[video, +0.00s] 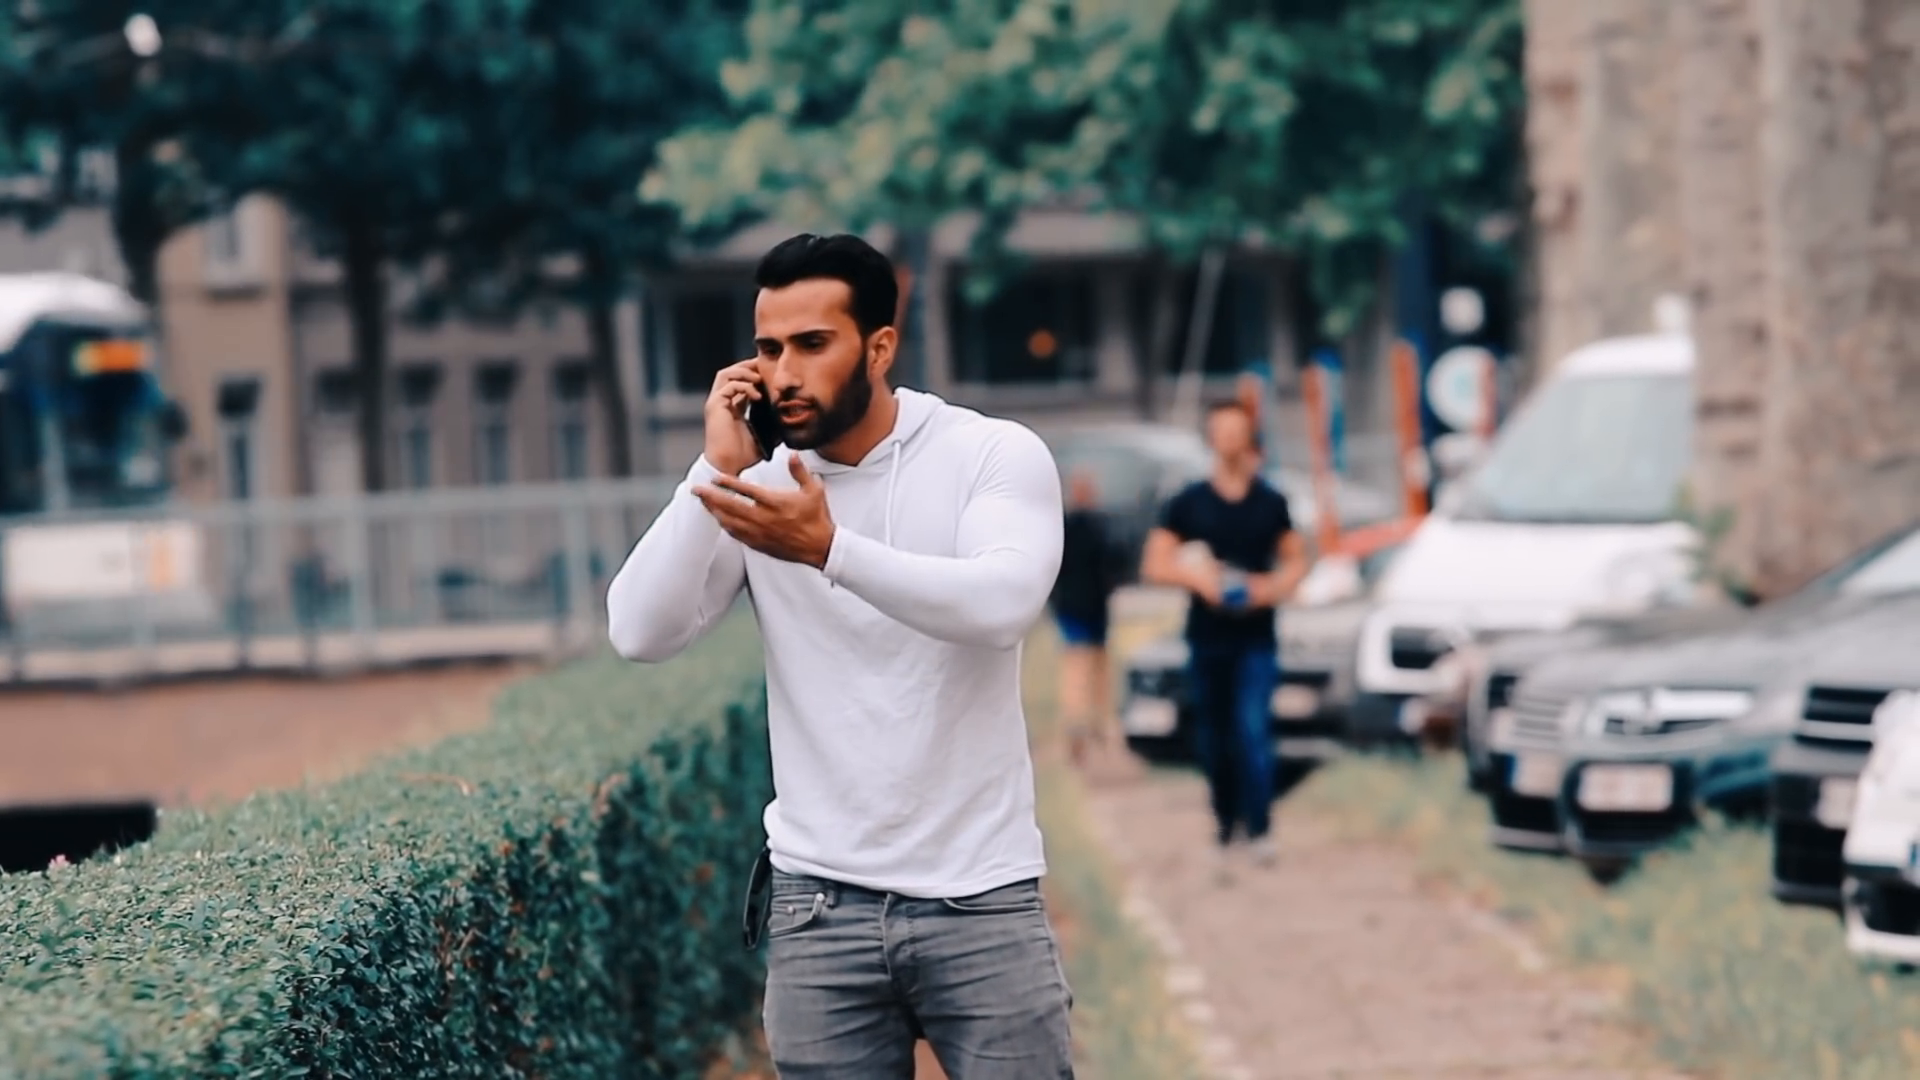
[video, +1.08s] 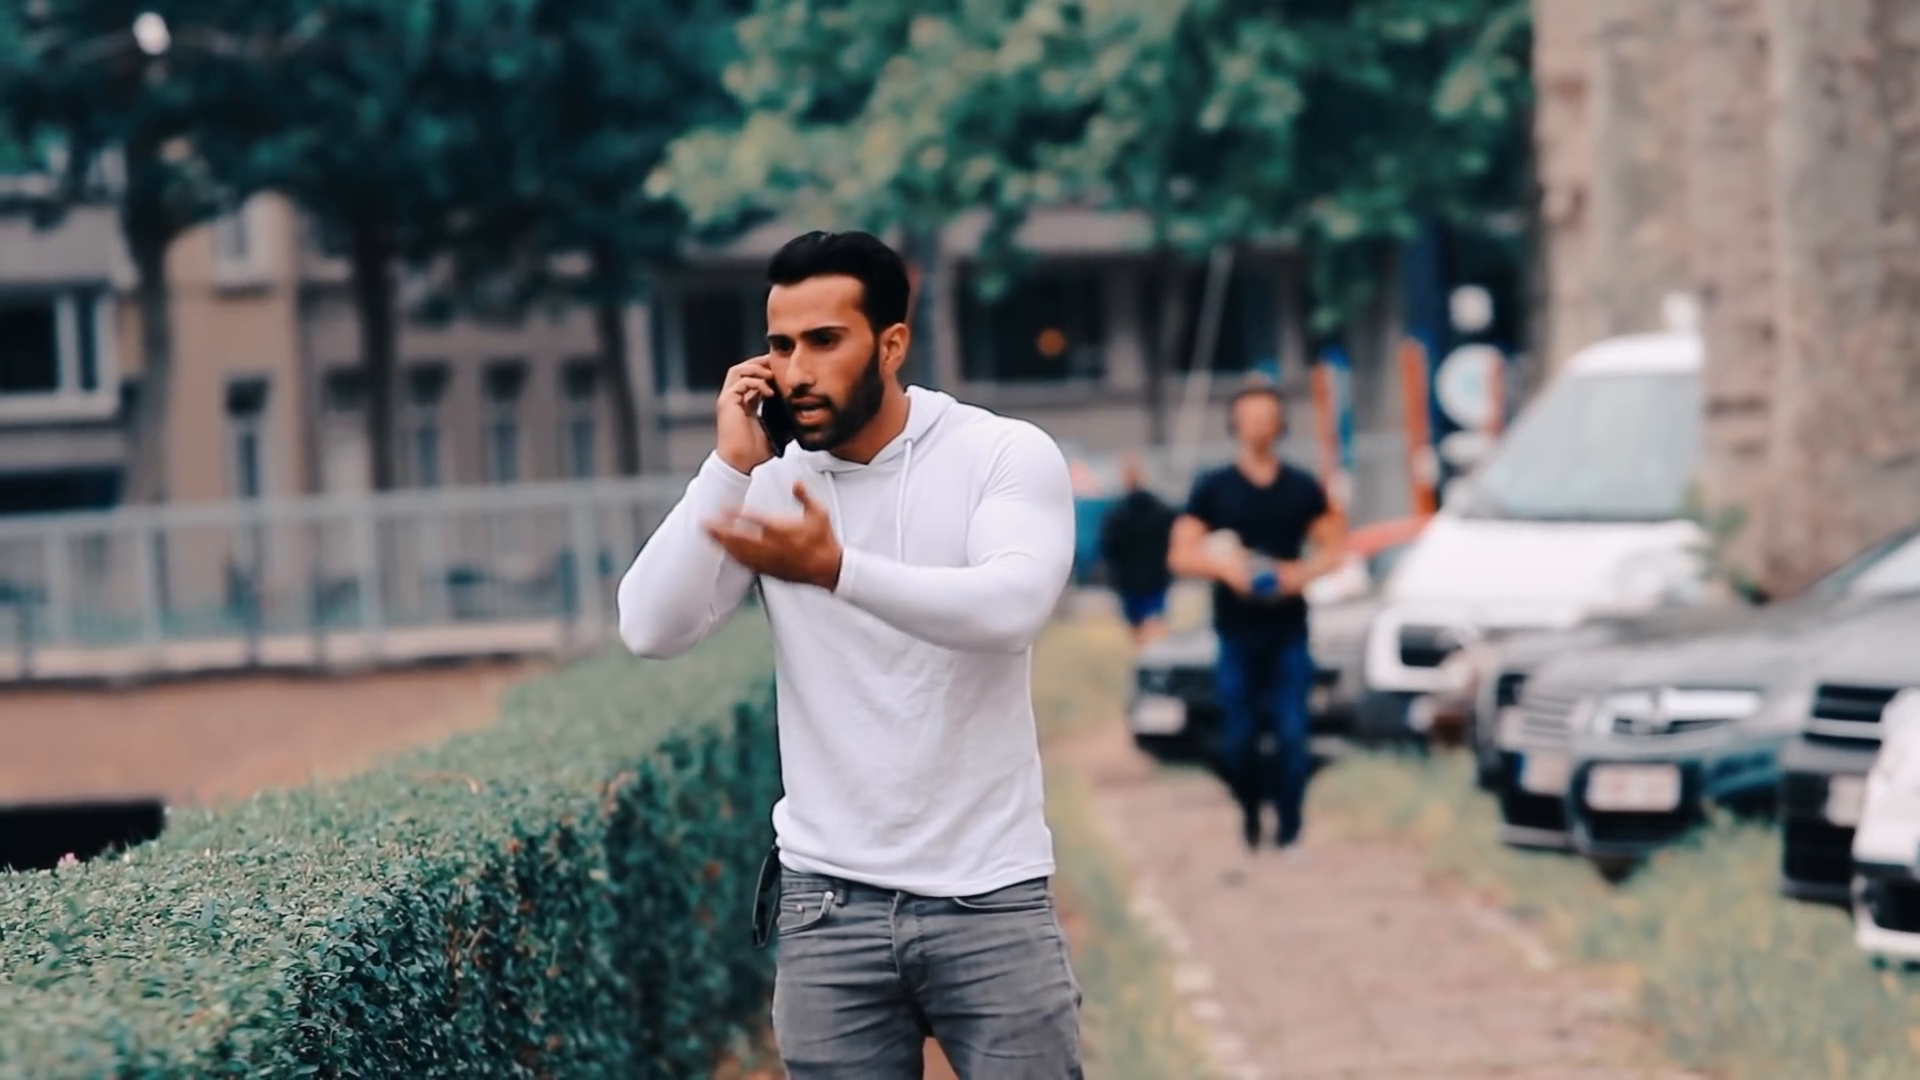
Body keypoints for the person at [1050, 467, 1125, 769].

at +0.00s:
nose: (1087, 494)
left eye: (1084, 488)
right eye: (1086, 488)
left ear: (1069, 494)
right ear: (1091, 493)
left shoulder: (1060, 523)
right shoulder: (1098, 524)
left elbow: (1051, 565)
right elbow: (1113, 561)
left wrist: (1054, 598)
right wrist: (1110, 583)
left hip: (1065, 600)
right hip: (1093, 600)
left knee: (1076, 663)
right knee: (1097, 663)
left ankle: (1075, 725)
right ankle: (1098, 724)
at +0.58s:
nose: (1106, 497)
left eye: (1104, 493)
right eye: (1108, 492)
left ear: (1096, 497)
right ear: (1118, 496)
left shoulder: (1087, 532)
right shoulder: (1134, 531)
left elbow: (1074, 563)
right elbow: (1146, 556)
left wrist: (1091, 581)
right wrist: (1135, 577)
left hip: (1099, 599)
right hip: (1127, 598)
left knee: (1103, 657)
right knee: (1121, 656)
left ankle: (1109, 710)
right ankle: (1119, 712)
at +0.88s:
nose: (1129, 489)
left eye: (1129, 485)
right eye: (1128, 485)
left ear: (1118, 490)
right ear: (1139, 489)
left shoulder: (1106, 525)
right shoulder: (1151, 523)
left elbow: (1089, 557)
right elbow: (1160, 556)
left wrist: (1106, 576)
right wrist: (1156, 578)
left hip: (1116, 591)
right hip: (1144, 589)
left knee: (1126, 644)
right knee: (1146, 640)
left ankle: (1129, 688)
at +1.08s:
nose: (1130, 479)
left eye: (1129, 475)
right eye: (1133, 475)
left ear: (1126, 481)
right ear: (1145, 479)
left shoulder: (1117, 513)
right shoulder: (1162, 511)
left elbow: (1108, 547)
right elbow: (1172, 542)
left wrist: (1114, 570)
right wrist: (1168, 567)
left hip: (1127, 575)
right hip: (1157, 573)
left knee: (1136, 623)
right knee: (1155, 618)